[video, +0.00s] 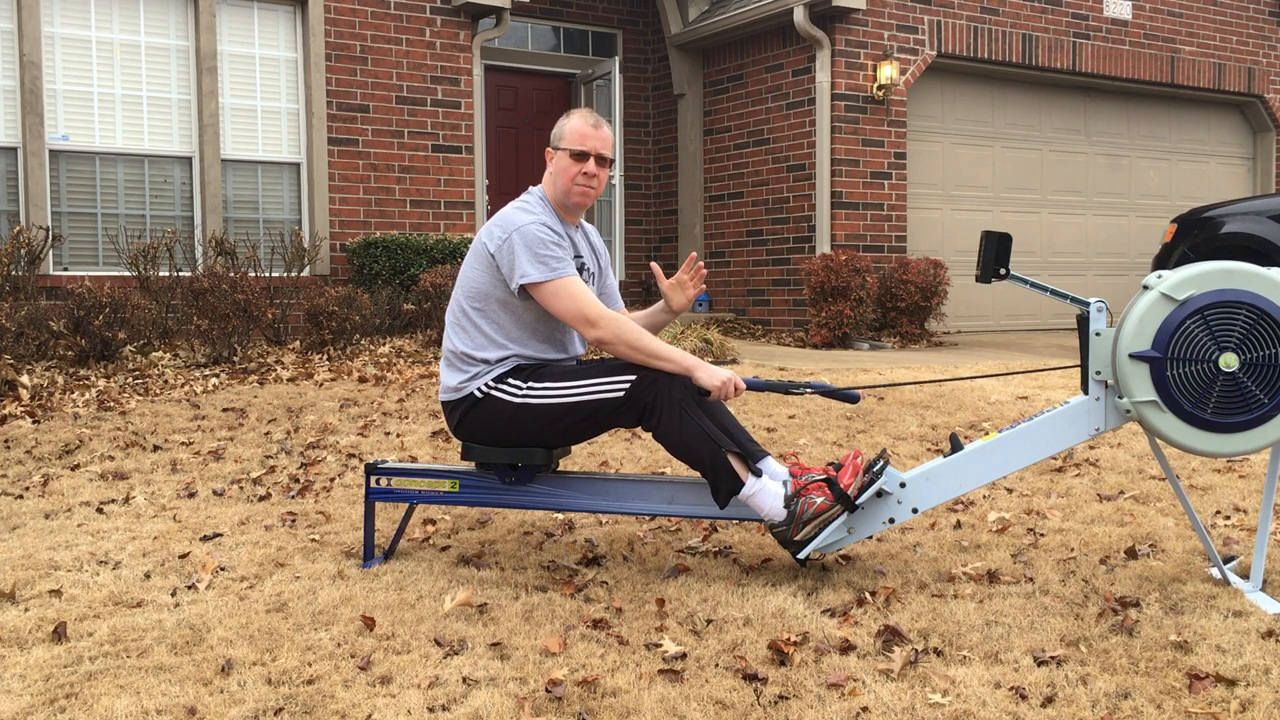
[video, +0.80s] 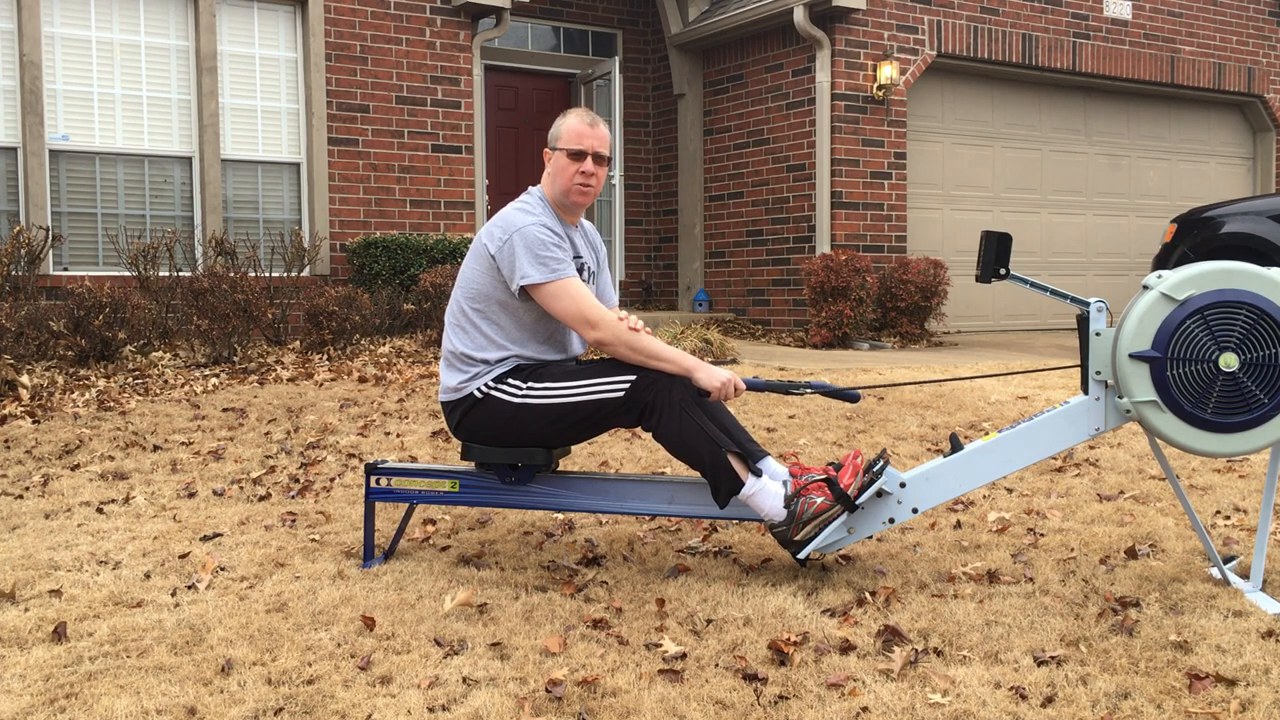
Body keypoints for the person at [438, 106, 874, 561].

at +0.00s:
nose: (590, 171)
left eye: (602, 163)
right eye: (578, 157)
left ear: (610, 172)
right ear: (548, 158)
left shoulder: (590, 242)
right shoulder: (524, 225)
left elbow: (608, 334)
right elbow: (594, 324)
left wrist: (664, 307)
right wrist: (697, 368)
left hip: (542, 378)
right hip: (488, 391)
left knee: (676, 377)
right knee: (652, 387)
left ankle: (789, 486)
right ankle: (777, 510)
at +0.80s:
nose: (588, 170)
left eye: (599, 161)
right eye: (575, 156)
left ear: (608, 171)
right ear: (546, 159)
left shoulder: (587, 239)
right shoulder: (524, 226)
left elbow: (605, 334)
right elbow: (596, 327)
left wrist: (626, 328)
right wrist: (699, 370)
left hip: (539, 375)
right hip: (487, 389)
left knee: (675, 378)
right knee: (651, 387)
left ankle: (787, 487)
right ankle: (777, 510)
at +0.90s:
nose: (588, 169)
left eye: (599, 160)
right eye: (575, 155)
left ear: (608, 170)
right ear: (546, 159)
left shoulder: (587, 239)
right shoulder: (523, 226)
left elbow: (606, 330)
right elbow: (594, 326)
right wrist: (698, 369)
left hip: (540, 376)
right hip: (487, 391)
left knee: (675, 379)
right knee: (652, 386)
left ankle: (788, 485)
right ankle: (777, 510)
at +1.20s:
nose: (585, 170)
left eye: (597, 161)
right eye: (573, 156)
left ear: (606, 170)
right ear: (545, 158)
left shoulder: (583, 236)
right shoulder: (523, 226)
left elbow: (614, 322)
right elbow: (594, 327)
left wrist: (676, 323)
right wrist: (697, 369)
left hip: (540, 376)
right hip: (487, 391)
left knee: (675, 377)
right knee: (651, 386)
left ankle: (787, 484)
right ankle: (777, 510)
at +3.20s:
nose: (592, 168)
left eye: (603, 160)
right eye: (580, 154)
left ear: (610, 171)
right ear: (548, 157)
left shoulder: (587, 239)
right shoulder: (524, 226)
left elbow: (636, 319)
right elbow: (593, 327)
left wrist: (693, 300)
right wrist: (698, 370)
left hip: (540, 377)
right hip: (487, 391)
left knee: (675, 377)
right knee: (650, 387)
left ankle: (787, 485)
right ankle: (776, 510)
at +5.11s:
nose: (595, 167)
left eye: (605, 159)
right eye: (582, 153)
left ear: (611, 171)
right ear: (550, 158)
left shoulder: (587, 238)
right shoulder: (526, 225)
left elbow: (644, 318)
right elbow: (593, 328)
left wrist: (653, 279)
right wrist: (699, 371)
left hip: (539, 376)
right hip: (486, 390)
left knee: (675, 378)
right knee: (650, 388)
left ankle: (786, 483)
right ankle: (775, 510)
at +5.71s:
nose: (595, 168)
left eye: (606, 161)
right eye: (583, 155)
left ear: (612, 173)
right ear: (552, 159)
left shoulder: (592, 237)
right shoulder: (525, 227)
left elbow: (651, 293)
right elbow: (596, 329)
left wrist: (710, 304)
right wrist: (700, 372)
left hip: (539, 376)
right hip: (486, 390)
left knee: (675, 378)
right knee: (650, 388)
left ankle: (785, 484)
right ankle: (776, 509)